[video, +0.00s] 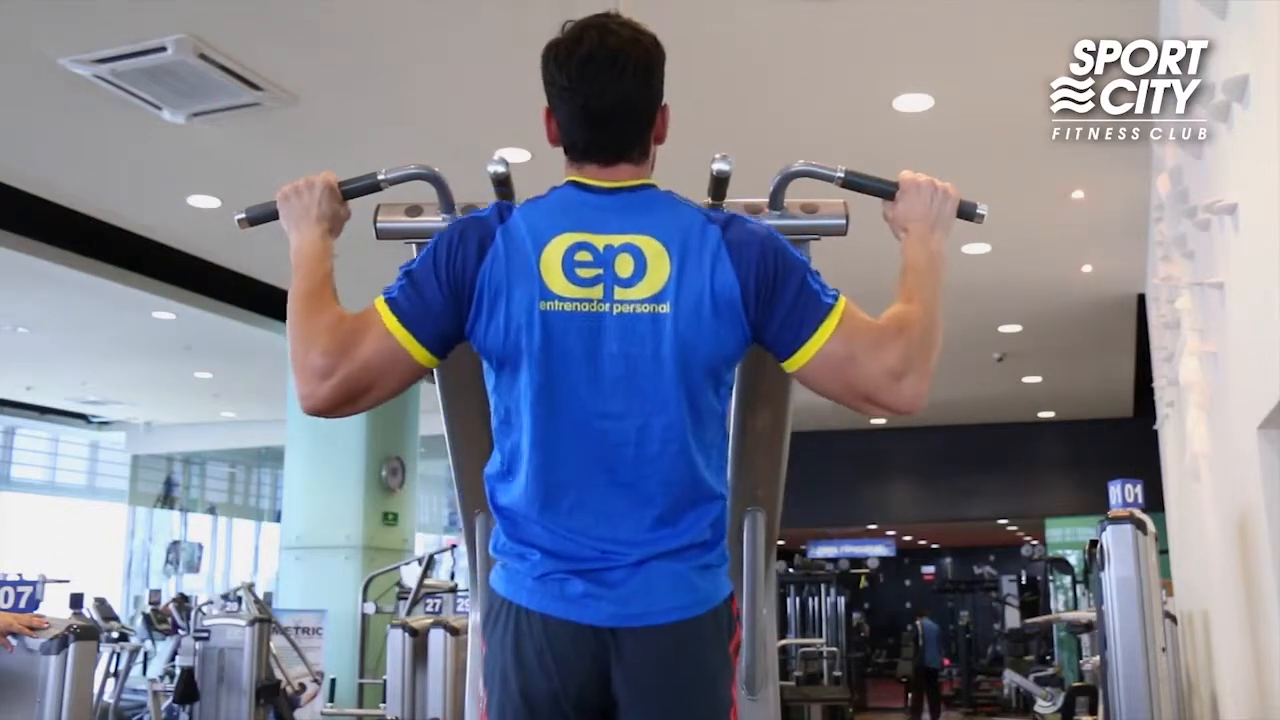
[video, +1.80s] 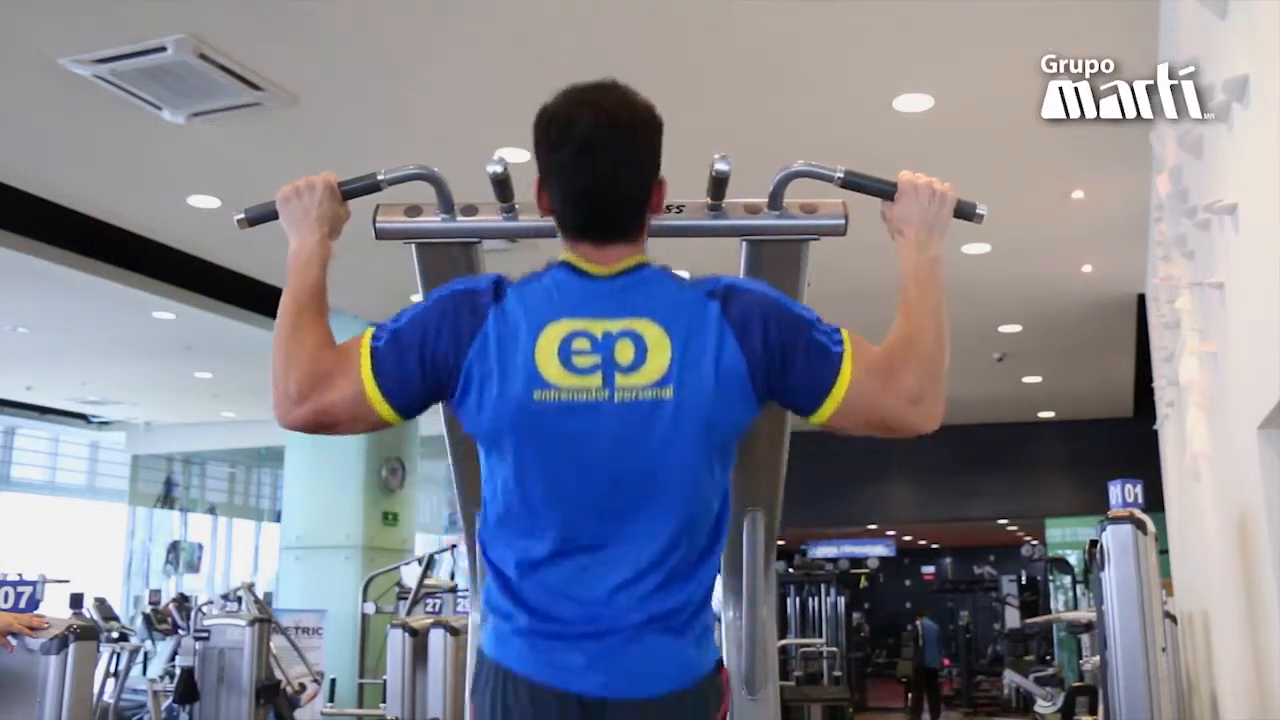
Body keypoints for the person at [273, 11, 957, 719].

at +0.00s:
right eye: (664, 113)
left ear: (550, 127)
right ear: (662, 126)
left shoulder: (486, 245)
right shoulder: (733, 249)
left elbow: (327, 382)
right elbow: (896, 381)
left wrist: (309, 240)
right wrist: (925, 242)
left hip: (532, 614)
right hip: (679, 616)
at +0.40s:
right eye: (661, 204)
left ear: (538, 223)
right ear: (660, 224)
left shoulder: (471, 335)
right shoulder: (731, 346)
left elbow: (292, 394)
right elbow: (917, 395)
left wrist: (307, 241)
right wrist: (925, 238)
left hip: (525, 701)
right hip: (685, 700)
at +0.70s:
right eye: (662, 304)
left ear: (536, 328)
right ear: (661, 331)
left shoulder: (470, 427)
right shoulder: (731, 443)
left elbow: (298, 401)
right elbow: (909, 404)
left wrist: (309, 244)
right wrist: (923, 242)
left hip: (521, 709)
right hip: (684, 712)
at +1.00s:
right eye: (660, 409)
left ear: (534, 437)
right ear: (662, 441)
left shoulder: (475, 525)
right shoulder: (724, 547)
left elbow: (326, 403)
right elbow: (868, 405)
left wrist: (311, 243)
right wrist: (917, 246)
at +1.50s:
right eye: (658, 328)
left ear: (536, 356)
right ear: (659, 357)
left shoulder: (473, 464)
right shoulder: (728, 463)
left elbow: (310, 405)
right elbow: (903, 410)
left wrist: (310, 243)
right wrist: (920, 246)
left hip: (522, 709)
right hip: (682, 708)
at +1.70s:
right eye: (657, 223)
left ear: (536, 248)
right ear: (656, 248)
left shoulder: (475, 369)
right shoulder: (731, 370)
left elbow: (298, 400)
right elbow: (917, 405)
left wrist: (308, 246)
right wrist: (924, 247)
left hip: (518, 702)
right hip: (670, 701)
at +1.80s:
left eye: (537, 174)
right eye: (658, 177)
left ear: (539, 197)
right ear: (660, 198)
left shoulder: (478, 320)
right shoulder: (735, 320)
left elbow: (302, 398)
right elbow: (913, 403)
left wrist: (308, 244)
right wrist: (922, 246)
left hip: (521, 681)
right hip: (672, 683)